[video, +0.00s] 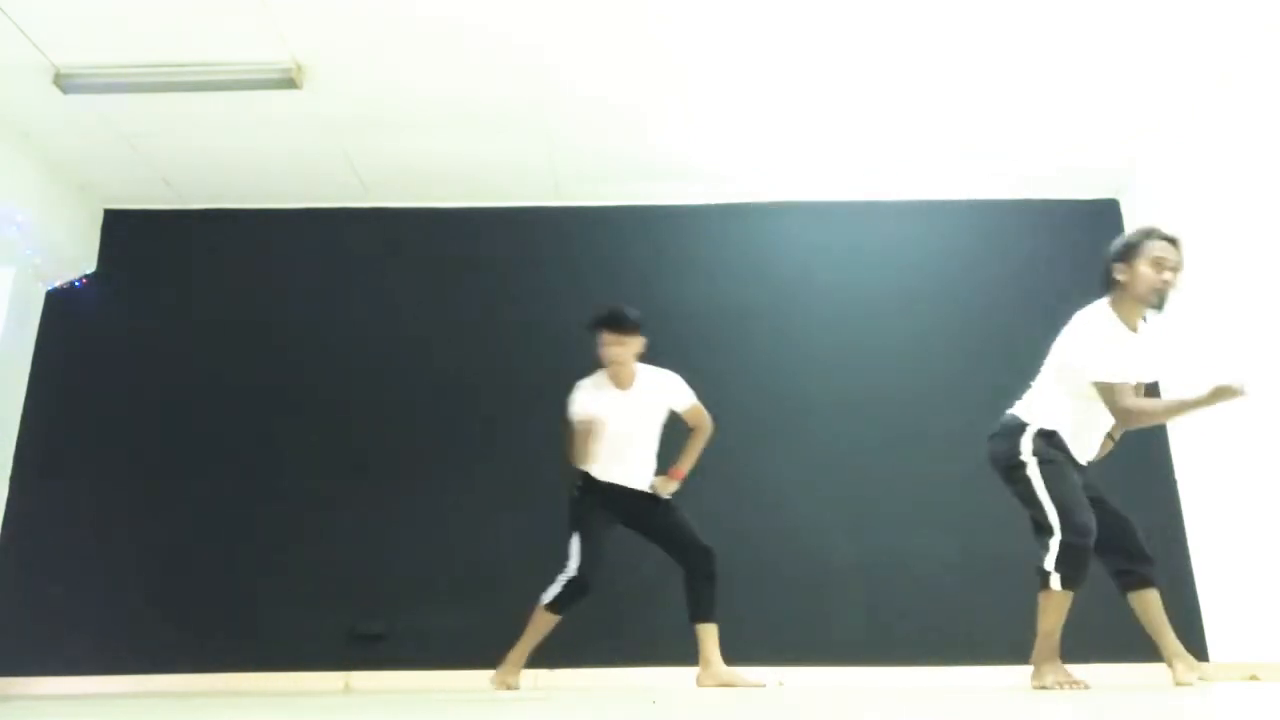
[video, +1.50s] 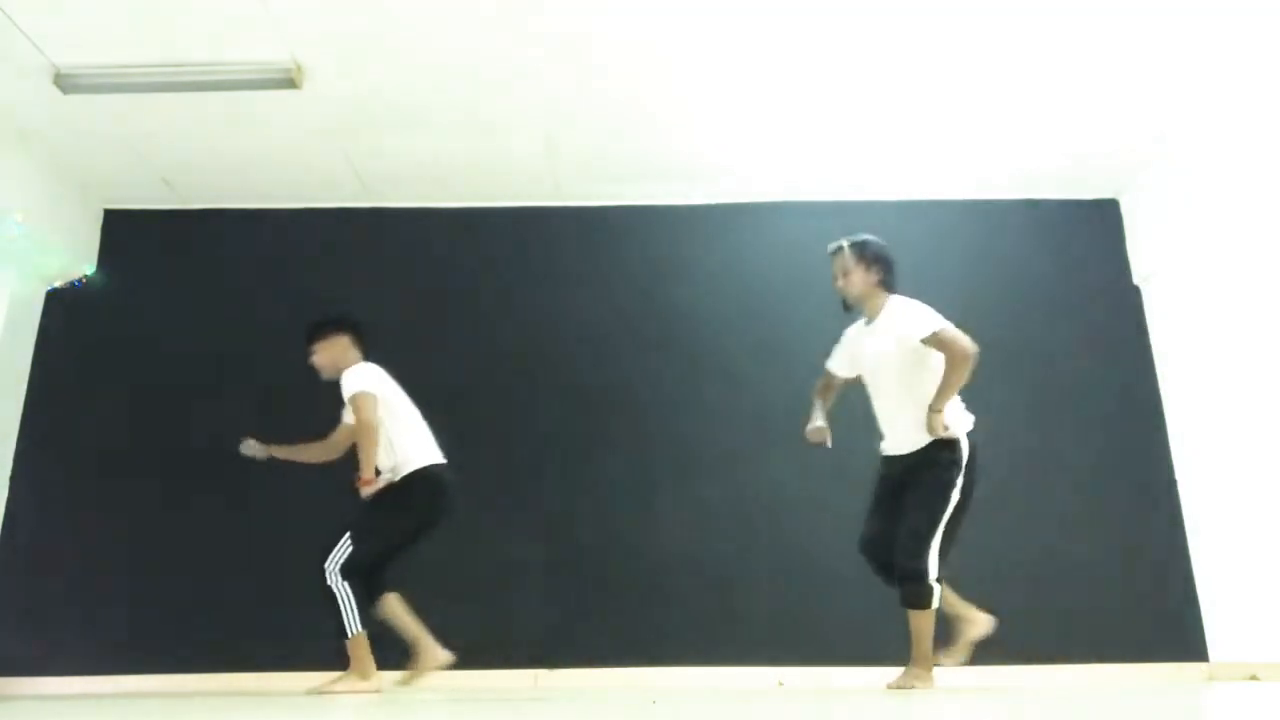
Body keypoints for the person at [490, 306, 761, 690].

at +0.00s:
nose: (613, 352)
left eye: (622, 344)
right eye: (607, 344)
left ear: (640, 346)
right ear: (598, 347)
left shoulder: (665, 384)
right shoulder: (586, 391)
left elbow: (704, 425)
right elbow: (578, 459)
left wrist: (675, 476)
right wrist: (585, 430)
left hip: (642, 495)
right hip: (595, 492)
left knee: (699, 558)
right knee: (579, 576)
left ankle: (712, 666)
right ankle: (514, 660)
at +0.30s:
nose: (703, 377)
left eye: (710, 370)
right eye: (695, 368)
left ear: (715, 376)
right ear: (677, 369)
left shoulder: (700, 418)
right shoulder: (655, 405)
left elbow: (676, 469)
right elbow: (631, 469)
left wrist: (676, 486)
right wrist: (696, 480)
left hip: (648, 502)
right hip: (609, 498)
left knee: (709, 558)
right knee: (661, 584)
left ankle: (714, 665)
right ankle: (593, 644)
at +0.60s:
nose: (660, 384)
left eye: (662, 377)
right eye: (657, 374)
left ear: (631, 371)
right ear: (637, 367)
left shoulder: (598, 400)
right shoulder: (635, 395)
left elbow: (547, 450)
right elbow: (645, 441)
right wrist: (653, 494)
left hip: (556, 492)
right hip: (575, 491)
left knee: (635, 556)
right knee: (626, 586)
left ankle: (671, 659)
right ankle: (559, 668)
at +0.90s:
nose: (562, 348)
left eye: (556, 343)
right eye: (563, 343)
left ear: (531, 341)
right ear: (566, 343)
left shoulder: (506, 371)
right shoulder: (576, 372)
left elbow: (453, 416)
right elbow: (629, 420)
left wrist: (480, 463)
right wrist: (657, 475)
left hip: (500, 467)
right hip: (547, 466)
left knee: (472, 558)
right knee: (585, 562)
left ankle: (406, 645)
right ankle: (559, 667)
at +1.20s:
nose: (405, 339)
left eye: (408, 332)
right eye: (407, 333)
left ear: (418, 331)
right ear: (446, 333)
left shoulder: (407, 357)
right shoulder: (472, 368)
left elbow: (377, 394)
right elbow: (490, 423)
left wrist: (386, 453)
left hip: (440, 465)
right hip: (490, 464)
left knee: (367, 558)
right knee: (520, 557)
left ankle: (365, 669)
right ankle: (548, 665)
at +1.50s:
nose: (312, 360)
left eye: (316, 349)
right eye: (311, 352)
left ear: (343, 343)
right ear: (340, 346)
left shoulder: (359, 374)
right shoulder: (362, 385)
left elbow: (367, 420)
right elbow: (331, 449)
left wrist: (366, 475)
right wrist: (270, 451)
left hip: (414, 484)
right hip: (425, 485)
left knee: (338, 568)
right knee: (364, 572)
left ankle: (362, 670)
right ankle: (429, 650)